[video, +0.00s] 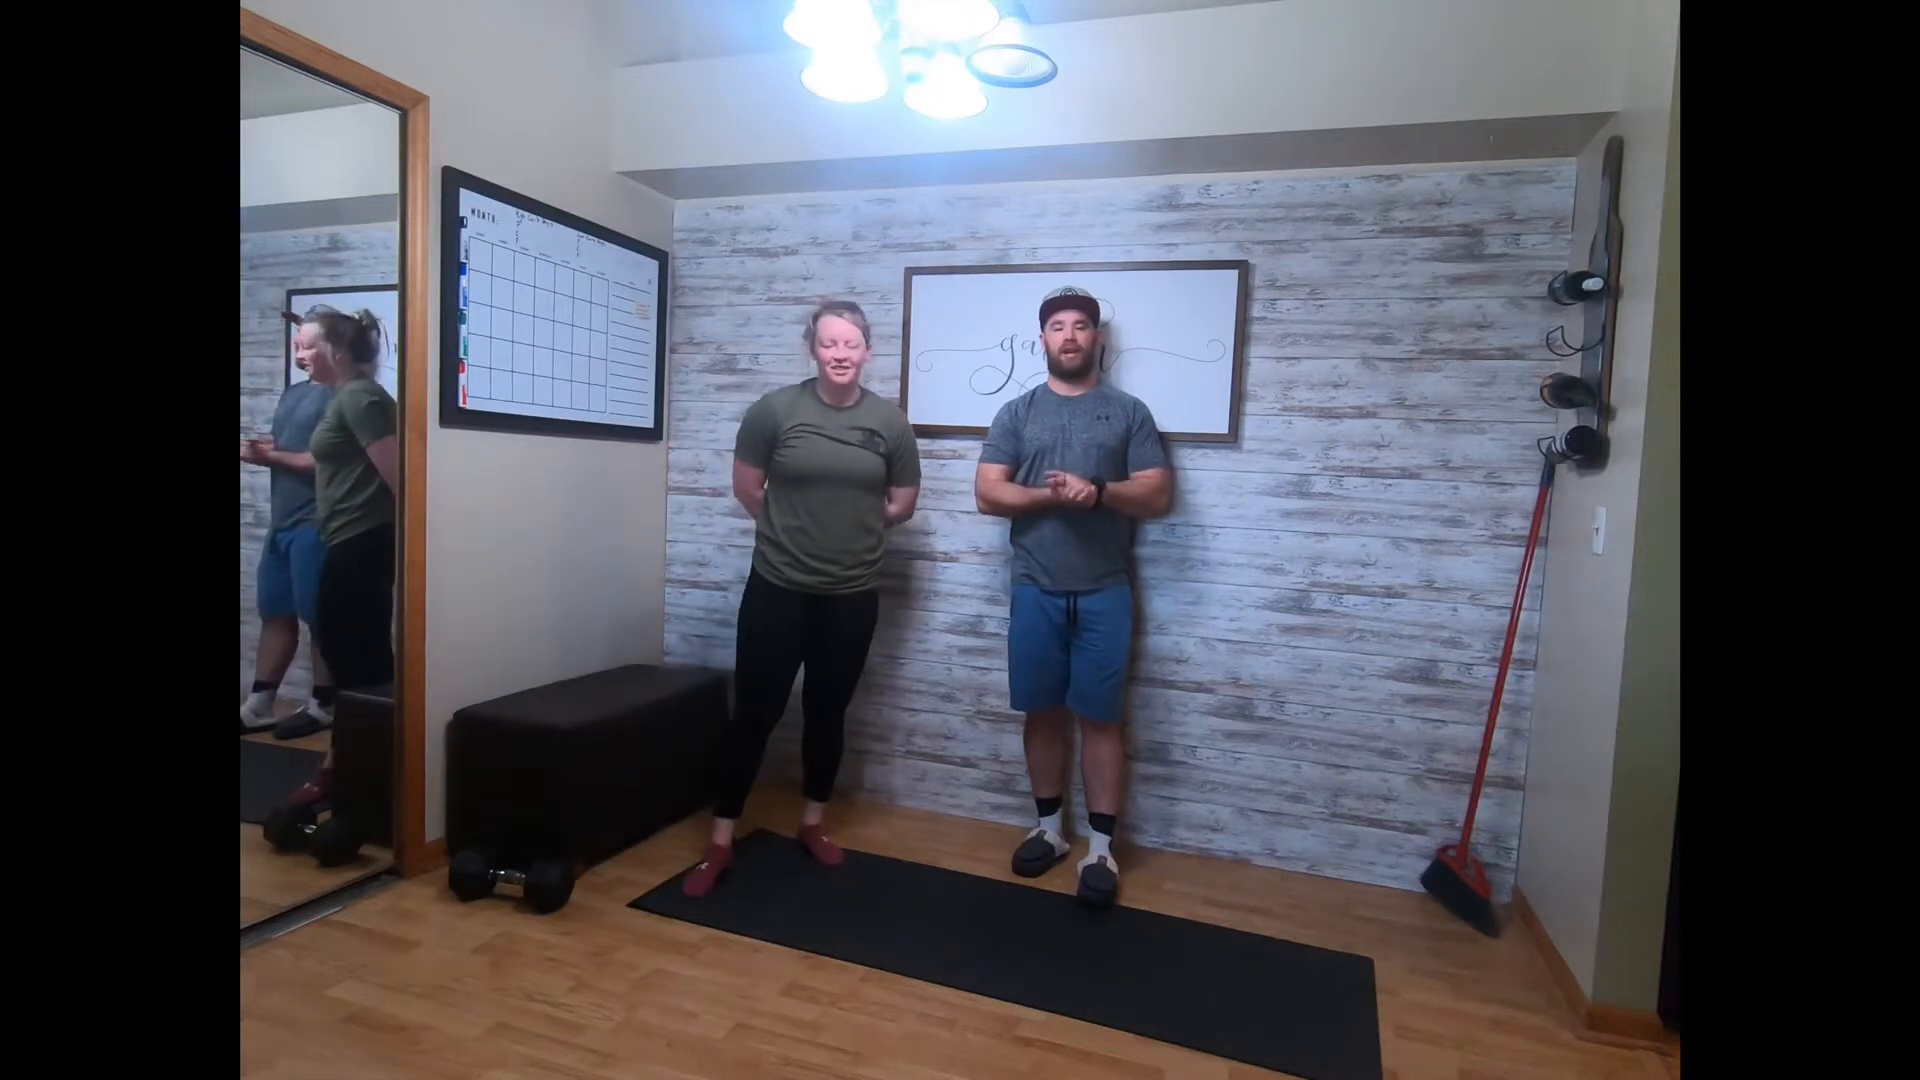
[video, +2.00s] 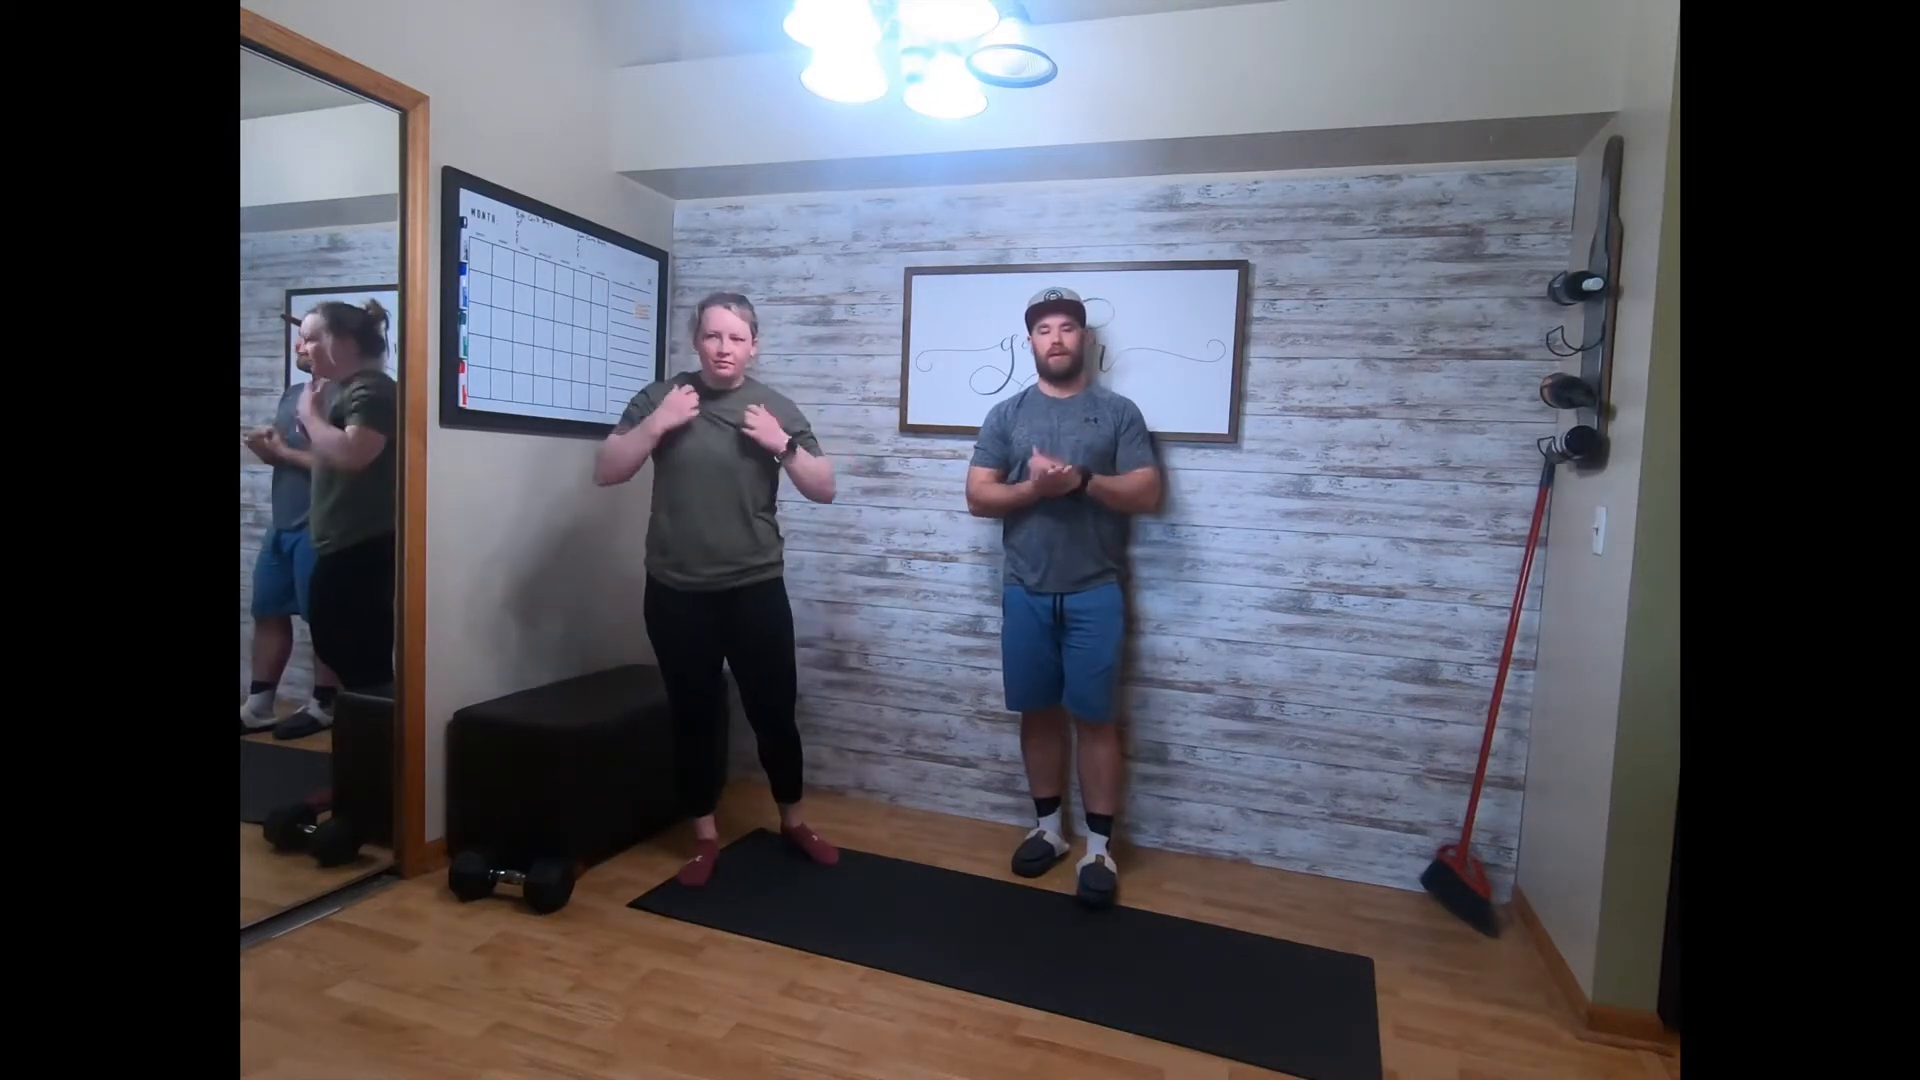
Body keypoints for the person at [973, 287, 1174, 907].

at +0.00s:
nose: (1069, 334)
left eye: (1080, 325)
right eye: (1057, 326)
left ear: (1097, 338)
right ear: (1043, 340)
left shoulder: (1127, 412)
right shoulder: (1018, 413)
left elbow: (1157, 495)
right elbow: (988, 493)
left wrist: (1096, 491)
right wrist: (1050, 495)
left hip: (1105, 586)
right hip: (1035, 584)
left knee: (1099, 714)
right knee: (1041, 710)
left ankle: (1100, 851)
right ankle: (1048, 831)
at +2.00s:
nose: (1056, 337)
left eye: (1067, 328)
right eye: (1044, 330)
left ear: (1085, 339)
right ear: (1031, 344)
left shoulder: (1117, 412)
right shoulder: (1006, 415)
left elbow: (1147, 493)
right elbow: (979, 495)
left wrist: (1081, 481)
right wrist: (1034, 488)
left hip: (1095, 585)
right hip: (1026, 586)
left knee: (1094, 715)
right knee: (1037, 710)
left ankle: (1098, 850)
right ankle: (1048, 830)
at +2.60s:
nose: (1065, 335)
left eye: (1077, 328)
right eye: (1054, 326)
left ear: (1092, 343)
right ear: (1036, 339)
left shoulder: (1115, 413)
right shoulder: (1004, 415)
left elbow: (1145, 497)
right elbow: (979, 497)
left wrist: (1073, 486)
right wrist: (1029, 491)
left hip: (1090, 584)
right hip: (1021, 585)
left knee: (1090, 714)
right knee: (1035, 710)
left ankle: (1096, 848)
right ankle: (1048, 830)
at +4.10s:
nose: (1064, 339)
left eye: (1074, 329)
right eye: (1051, 331)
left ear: (1093, 339)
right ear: (1039, 345)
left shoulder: (1124, 415)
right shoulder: (1013, 413)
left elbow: (1161, 499)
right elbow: (987, 494)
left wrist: (1106, 487)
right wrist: (1050, 495)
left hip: (1097, 584)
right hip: (1028, 584)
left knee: (1095, 714)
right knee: (1038, 709)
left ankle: (1097, 850)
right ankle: (1048, 831)